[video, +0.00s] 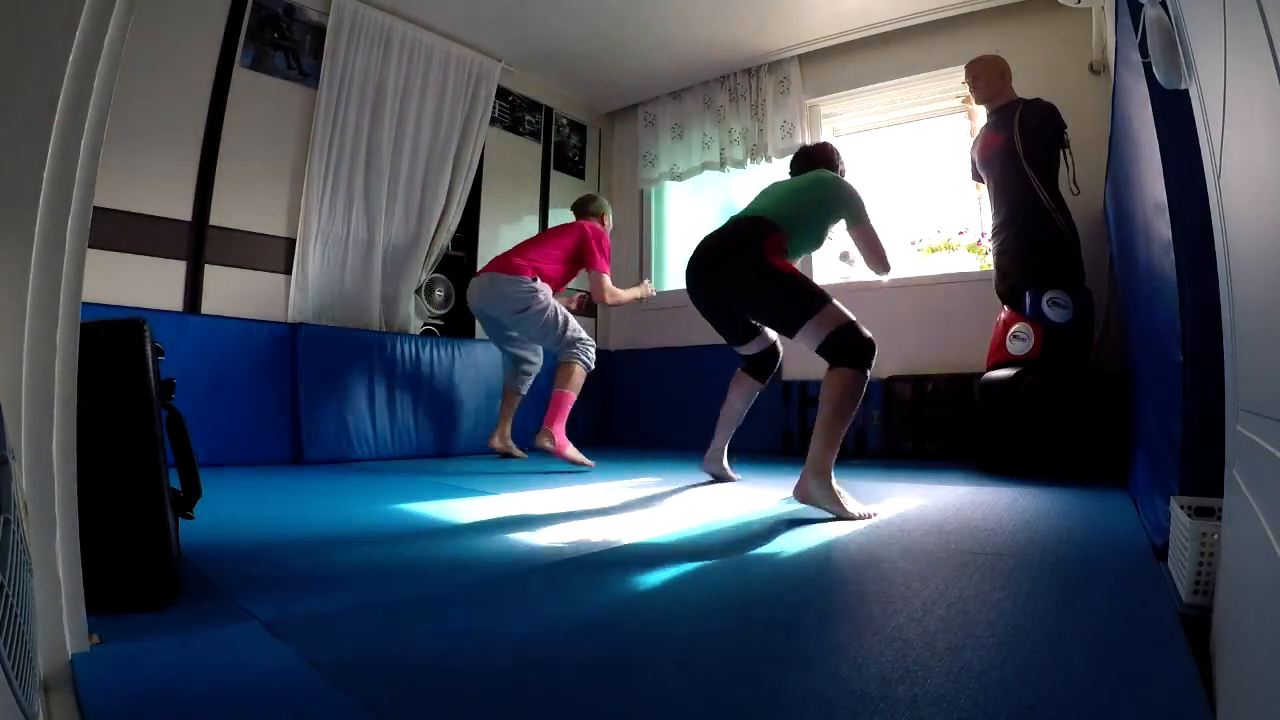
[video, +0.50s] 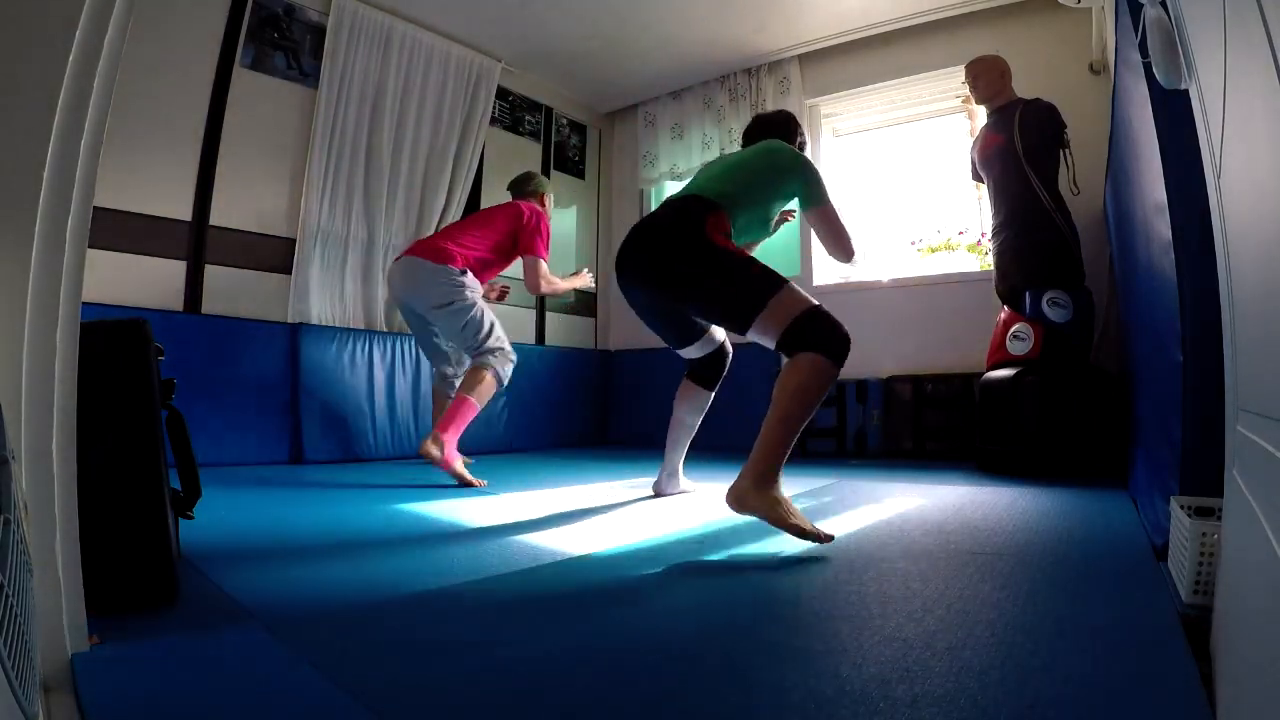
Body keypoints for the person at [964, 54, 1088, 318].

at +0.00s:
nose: (970, 85)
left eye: (975, 76)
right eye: (967, 81)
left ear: (1003, 75)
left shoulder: (1037, 112)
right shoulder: (980, 141)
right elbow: (977, 176)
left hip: (1051, 245)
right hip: (1008, 252)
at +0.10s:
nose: (970, 87)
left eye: (975, 78)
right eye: (968, 81)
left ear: (1002, 75)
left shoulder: (1036, 111)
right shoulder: (981, 139)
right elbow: (979, 176)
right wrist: (974, 126)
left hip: (1049, 241)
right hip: (1008, 247)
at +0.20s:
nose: (970, 87)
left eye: (975, 78)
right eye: (968, 82)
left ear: (1002, 75)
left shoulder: (1036, 111)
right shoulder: (982, 137)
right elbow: (978, 175)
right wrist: (974, 124)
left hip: (1049, 241)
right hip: (1009, 248)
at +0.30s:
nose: (970, 87)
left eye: (975, 78)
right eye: (968, 82)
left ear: (1002, 75)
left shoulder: (1036, 111)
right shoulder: (983, 136)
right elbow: (977, 175)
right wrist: (975, 124)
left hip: (1048, 238)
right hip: (1008, 245)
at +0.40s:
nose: (970, 87)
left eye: (975, 78)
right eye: (968, 81)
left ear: (1002, 75)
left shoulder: (1036, 111)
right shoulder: (982, 138)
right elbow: (979, 176)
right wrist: (974, 126)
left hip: (1049, 240)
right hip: (1008, 246)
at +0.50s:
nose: (970, 87)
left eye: (975, 78)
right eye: (968, 81)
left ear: (1002, 75)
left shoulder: (1036, 111)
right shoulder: (981, 139)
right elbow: (978, 177)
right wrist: (975, 128)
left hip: (1049, 241)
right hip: (1009, 248)